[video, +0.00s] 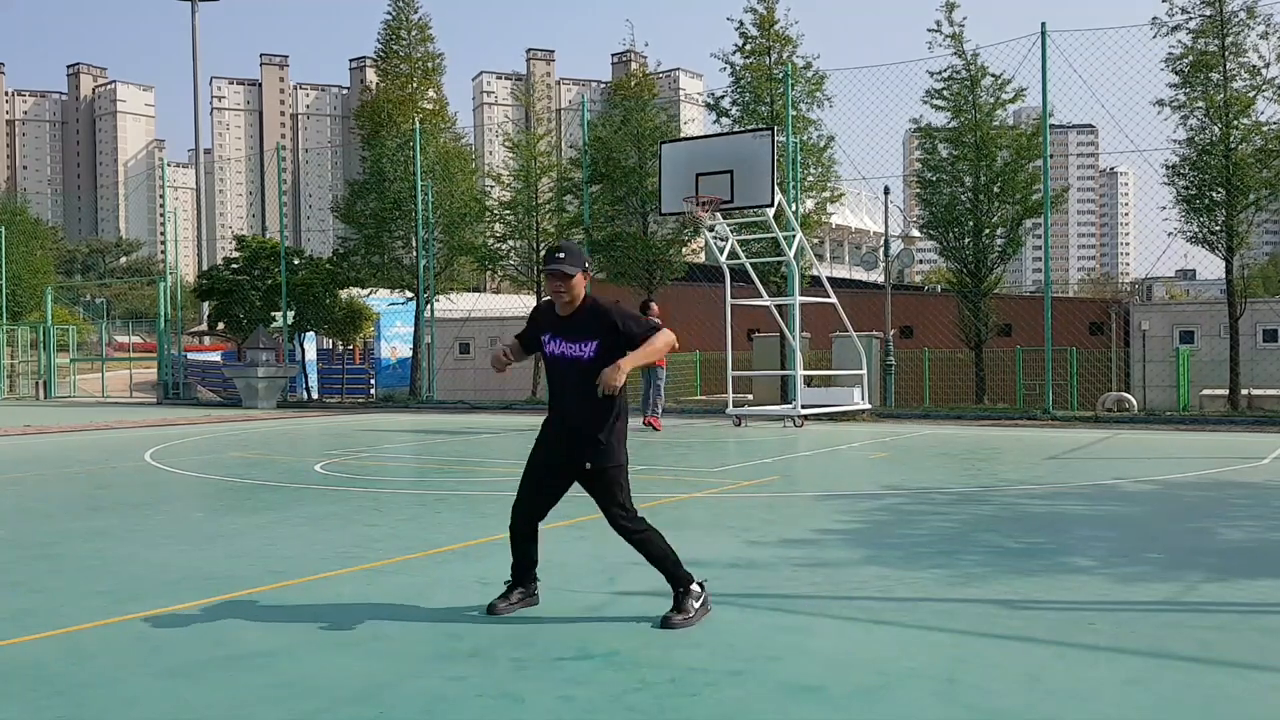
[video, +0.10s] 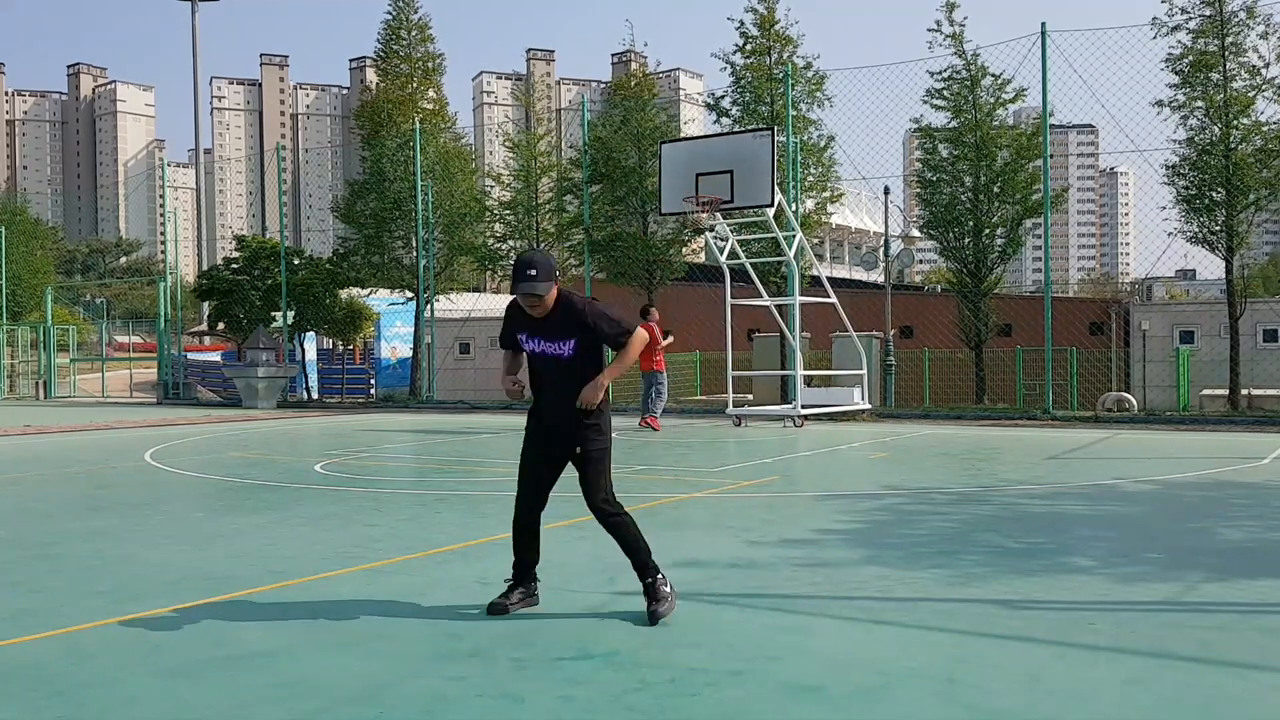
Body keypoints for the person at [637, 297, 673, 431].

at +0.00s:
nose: (658, 309)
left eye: (656, 306)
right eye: (655, 307)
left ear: (646, 311)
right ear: (649, 310)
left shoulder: (640, 325)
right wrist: (671, 340)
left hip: (644, 360)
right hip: (658, 360)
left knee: (646, 389)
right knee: (658, 389)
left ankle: (646, 415)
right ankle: (655, 416)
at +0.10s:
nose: (658, 314)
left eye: (656, 311)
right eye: (655, 312)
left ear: (646, 316)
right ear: (649, 315)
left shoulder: (641, 328)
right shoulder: (653, 327)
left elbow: (641, 344)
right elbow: (659, 345)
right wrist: (669, 340)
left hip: (645, 366)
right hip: (657, 366)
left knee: (648, 392)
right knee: (661, 394)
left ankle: (645, 416)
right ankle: (653, 416)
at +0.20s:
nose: (658, 320)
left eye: (657, 317)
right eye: (655, 318)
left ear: (649, 322)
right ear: (649, 322)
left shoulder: (645, 333)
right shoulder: (651, 333)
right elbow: (651, 352)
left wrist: (661, 342)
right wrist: (664, 346)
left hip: (646, 370)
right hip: (654, 370)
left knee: (651, 395)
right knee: (663, 394)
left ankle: (644, 418)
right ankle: (652, 416)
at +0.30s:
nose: (658, 315)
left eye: (658, 313)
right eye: (655, 313)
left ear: (651, 317)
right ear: (649, 317)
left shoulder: (646, 328)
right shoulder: (650, 329)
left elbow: (646, 346)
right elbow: (649, 347)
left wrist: (660, 348)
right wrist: (664, 350)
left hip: (646, 366)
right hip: (654, 366)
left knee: (650, 391)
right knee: (663, 390)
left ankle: (645, 417)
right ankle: (651, 416)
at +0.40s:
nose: (659, 312)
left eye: (659, 309)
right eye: (656, 310)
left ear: (658, 311)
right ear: (649, 313)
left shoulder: (655, 324)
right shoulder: (648, 323)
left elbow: (655, 342)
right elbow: (647, 342)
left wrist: (661, 354)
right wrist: (659, 355)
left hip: (654, 362)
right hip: (652, 362)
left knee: (650, 389)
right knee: (659, 389)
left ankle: (646, 415)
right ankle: (651, 416)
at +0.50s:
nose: (660, 313)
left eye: (660, 311)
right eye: (656, 311)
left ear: (660, 313)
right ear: (650, 314)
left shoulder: (657, 327)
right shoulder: (648, 326)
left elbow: (657, 345)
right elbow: (646, 344)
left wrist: (661, 362)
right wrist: (655, 360)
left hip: (656, 365)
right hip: (650, 365)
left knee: (651, 391)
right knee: (659, 389)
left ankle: (646, 417)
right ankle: (651, 417)